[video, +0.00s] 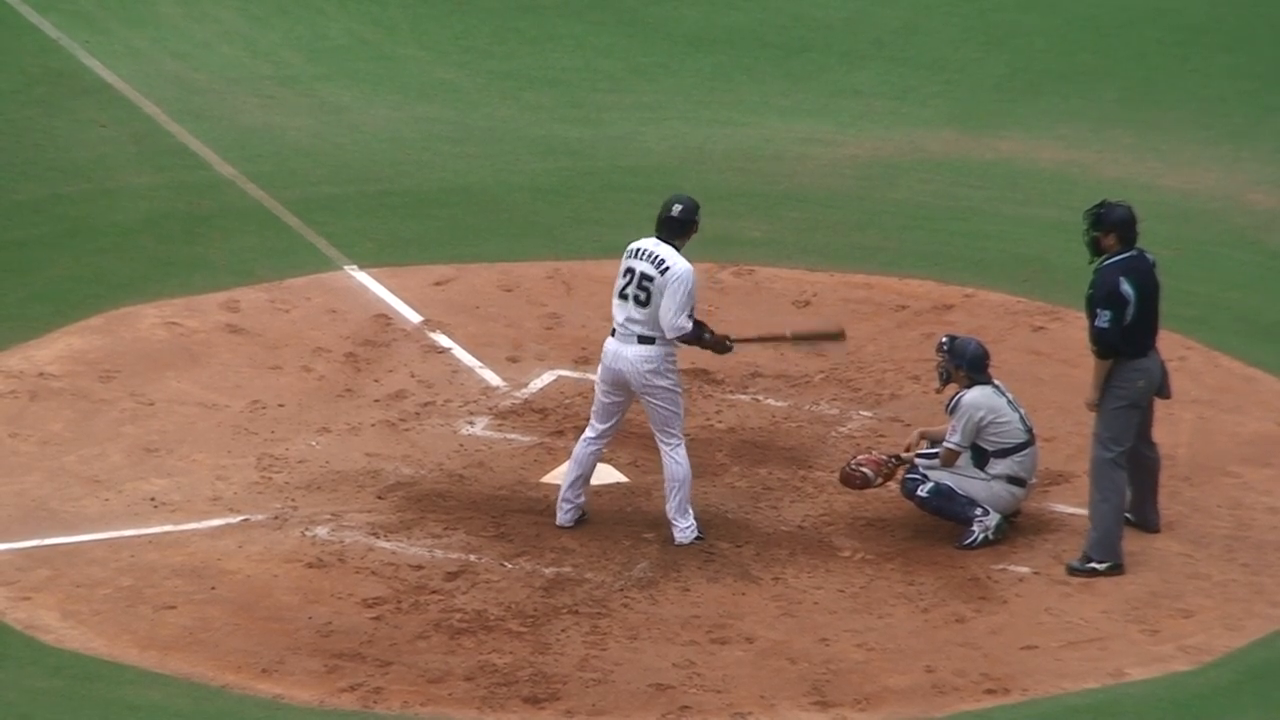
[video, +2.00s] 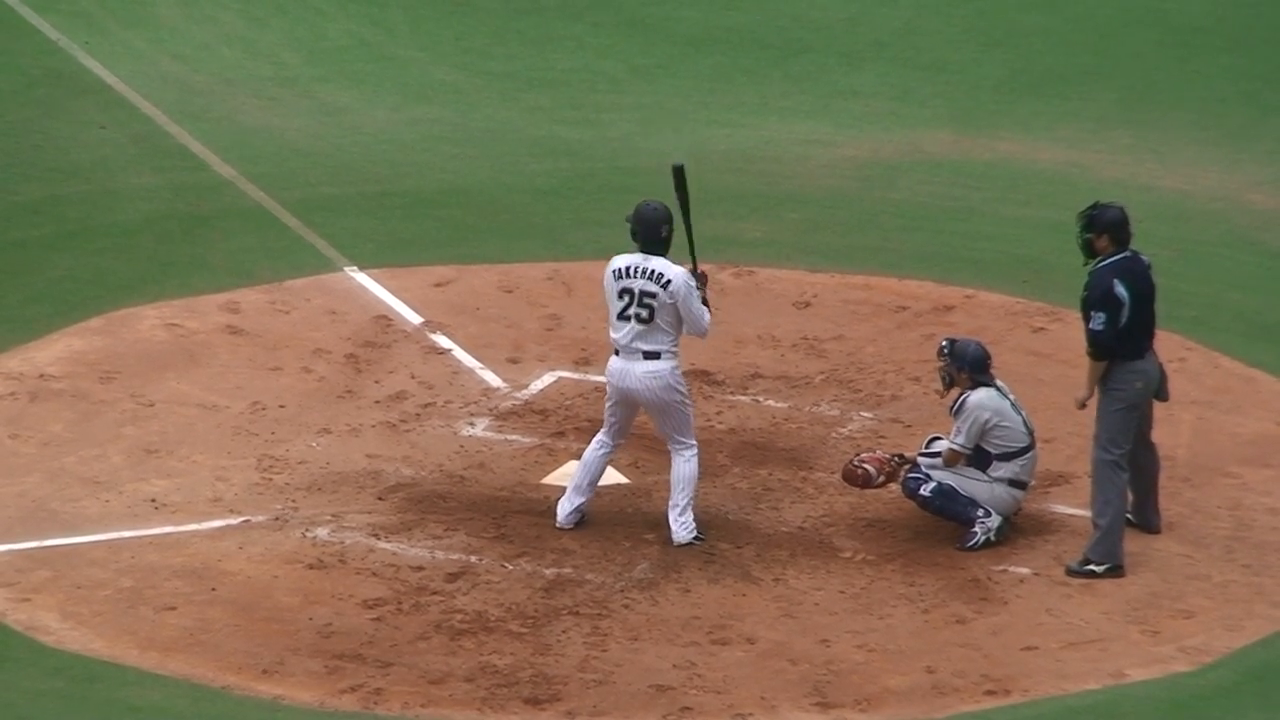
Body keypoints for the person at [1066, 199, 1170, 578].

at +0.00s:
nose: (1093, 236)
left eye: (1098, 232)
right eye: (1096, 230)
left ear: (1110, 237)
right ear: (1126, 234)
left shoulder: (1109, 276)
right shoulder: (1143, 261)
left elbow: (1106, 343)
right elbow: (1145, 321)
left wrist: (1095, 388)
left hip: (1124, 372)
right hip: (1147, 363)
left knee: (1108, 457)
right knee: (1139, 443)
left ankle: (1103, 553)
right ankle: (1145, 512)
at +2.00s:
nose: (1086, 239)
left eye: (1091, 234)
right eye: (1088, 232)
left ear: (1104, 239)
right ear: (1118, 236)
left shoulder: (1103, 278)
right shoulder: (1138, 263)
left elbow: (1100, 344)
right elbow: (1143, 322)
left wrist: (1089, 386)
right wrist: (1143, 361)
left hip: (1122, 375)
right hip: (1145, 365)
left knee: (1108, 459)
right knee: (1138, 444)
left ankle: (1105, 554)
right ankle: (1147, 514)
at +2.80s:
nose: (1056, 283)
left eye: (1059, 277)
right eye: (1056, 276)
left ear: (1073, 279)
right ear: (1086, 275)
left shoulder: (1083, 312)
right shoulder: (1112, 294)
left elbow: (1091, 373)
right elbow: (1133, 350)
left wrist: (1079, 424)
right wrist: (1115, 397)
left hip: (1152, 392)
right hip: (1169, 383)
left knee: (1090, 462)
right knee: (1130, 440)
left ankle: (1096, 553)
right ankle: (1142, 513)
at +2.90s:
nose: (1055, 289)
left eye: (1058, 283)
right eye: (1054, 283)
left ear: (1072, 285)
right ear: (1085, 280)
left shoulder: (1082, 318)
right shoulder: (1111, 299)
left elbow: (1091, 380)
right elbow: (1132, 352)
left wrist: (1080, 429)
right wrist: (1118, 401)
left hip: (1153, 396)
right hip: (1170, 387)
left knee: (1086, 464)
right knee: (1128, 438)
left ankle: (1095, 552)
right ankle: (1140, 512)